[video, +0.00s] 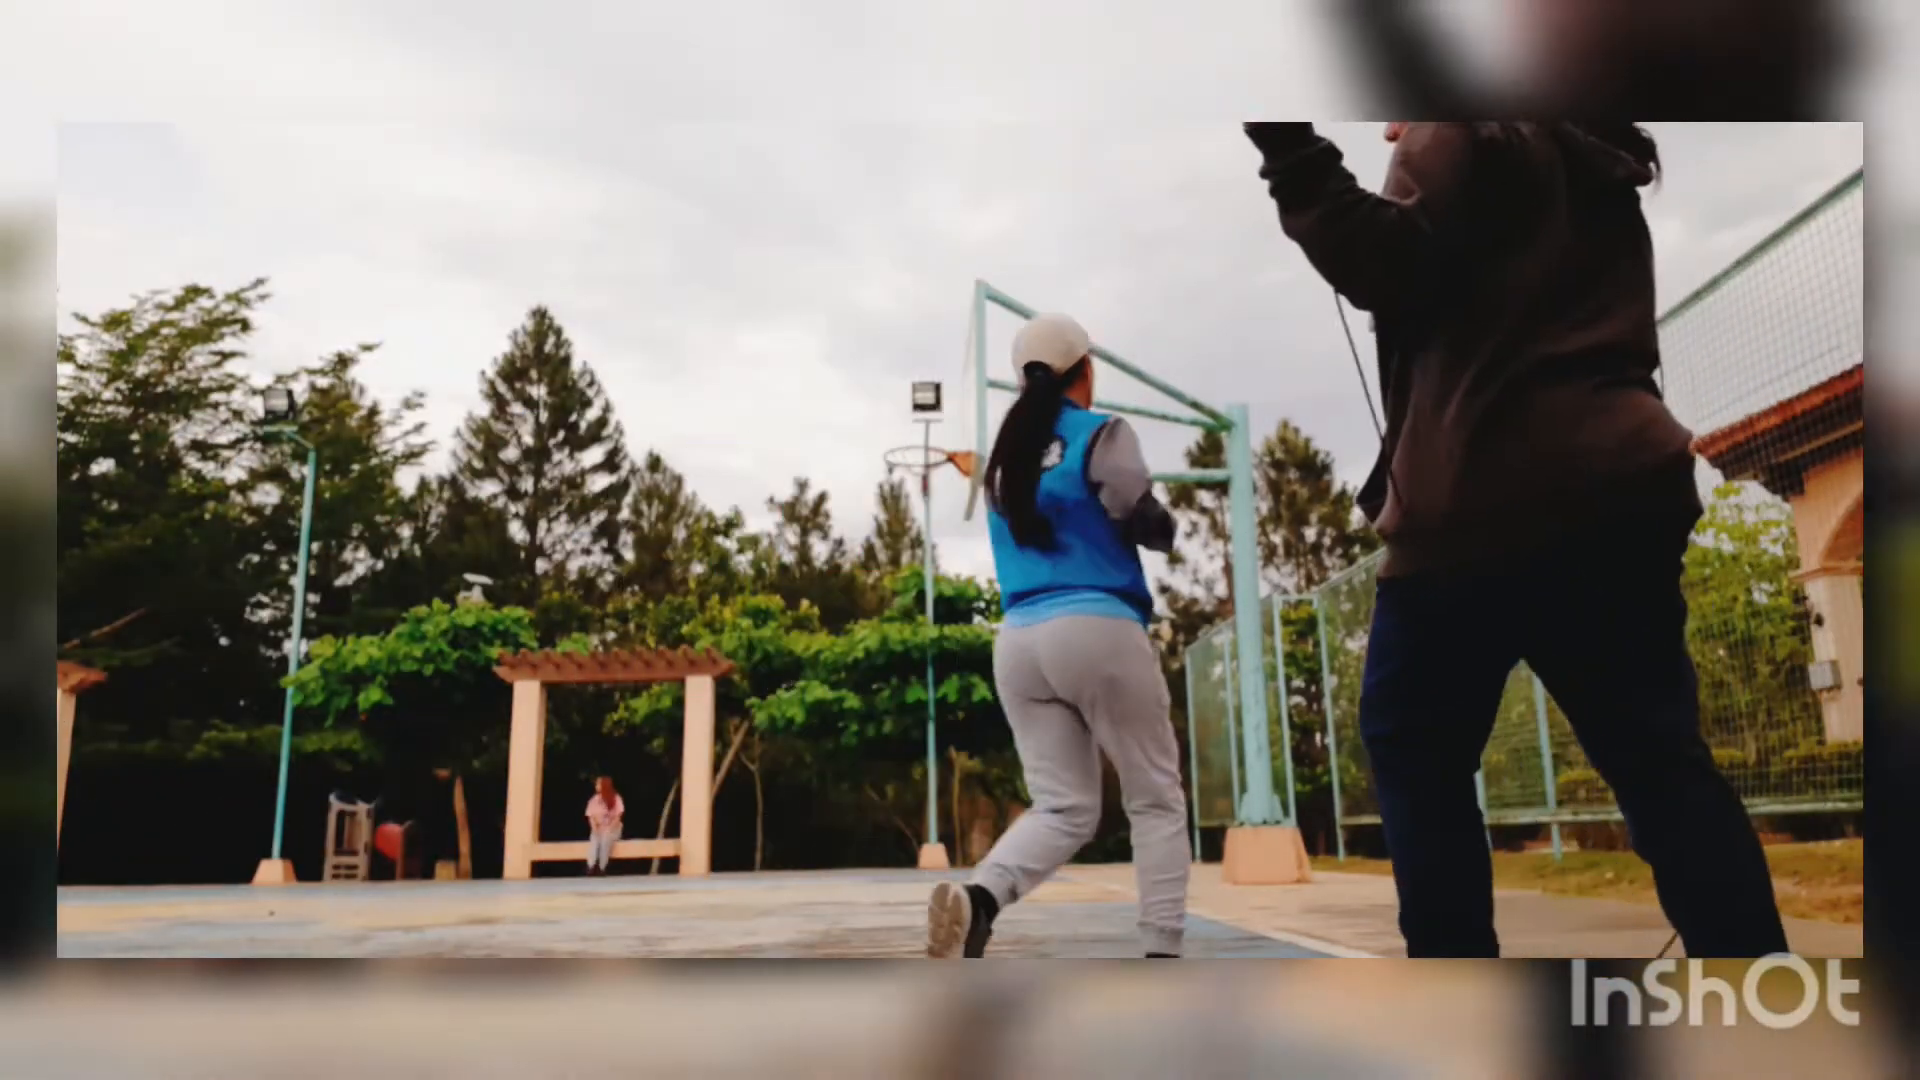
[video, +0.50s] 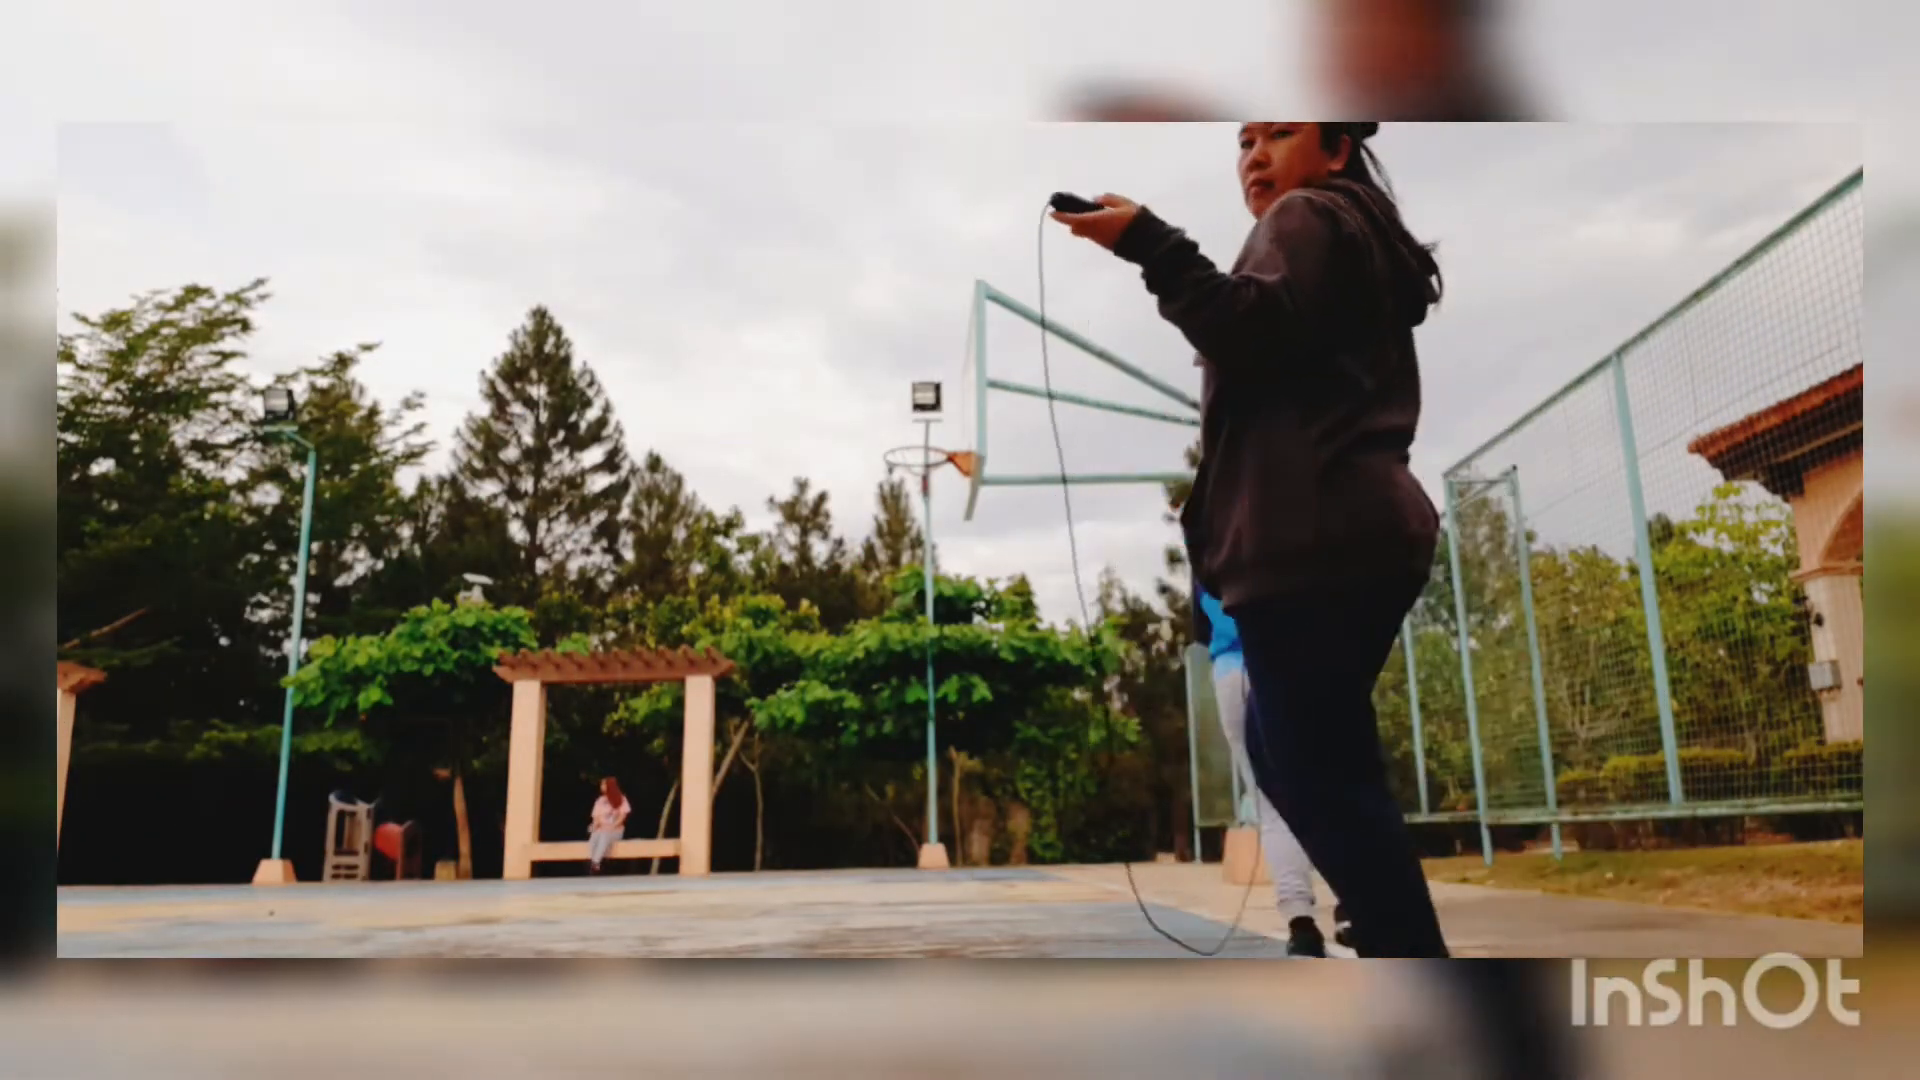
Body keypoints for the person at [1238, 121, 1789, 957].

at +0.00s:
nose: (1394, 103)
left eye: (1403, 82)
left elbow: (1393, 268)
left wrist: (1290, 146)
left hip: (1470, 506)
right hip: (1622, 485)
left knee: (1415, 748)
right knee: (1660, 758)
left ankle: (1455, 992)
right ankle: (1758, 991)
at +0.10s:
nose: (1349, 135)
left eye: (1356, 112)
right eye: (1346, 119)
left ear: (1403, 97)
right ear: (1441, 95)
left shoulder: (1415, 171)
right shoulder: (1531, 173)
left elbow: (1357, 299)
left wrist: (1259, 171)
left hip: (1421, 537)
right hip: (1562, 515)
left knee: (1404, 799)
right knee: (1613, 771)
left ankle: (1423, 1000)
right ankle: (1738, 982)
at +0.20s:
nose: (1330, 143)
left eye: (1342, 120)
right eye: (1328, 125)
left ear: (1398, 113)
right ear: (1430, 118)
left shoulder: (1383, 188)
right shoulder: (1492, 197)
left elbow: (1323, 315)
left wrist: (1229, 193)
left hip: (1380, 540)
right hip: (1519, 519)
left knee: (1374, 804)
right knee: (1551, 766)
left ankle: (1417, 1004)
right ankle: (1699, 966)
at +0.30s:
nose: (1296, 138)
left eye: (1317, 116)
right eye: (1292, 125)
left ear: (1380, 123)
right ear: (1393, 137)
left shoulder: (1348, 202)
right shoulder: (1437, 217)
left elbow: (1289, 332)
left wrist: (1191, 229)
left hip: (1343, 531)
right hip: (1453, 519)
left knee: (1350, 796)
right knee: (1430, 766)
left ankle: (1415, 1001)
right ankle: (1600, 928)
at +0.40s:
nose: (1272, 145)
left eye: (1294, 125)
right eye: (1268, 130)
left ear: (1357, 130)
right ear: (1367, 144)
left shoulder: (1327, 210)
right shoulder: (1400, 221)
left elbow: (1267, 335)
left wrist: (1167, 240)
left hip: (1329, 533)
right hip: (1415, 526)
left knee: (1327, 771)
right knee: (1355, 756)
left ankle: (1410, 976)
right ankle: (1512, 933)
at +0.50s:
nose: (1250, 156)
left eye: (1273, 135)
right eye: (1245, 143)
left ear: (1334, 148)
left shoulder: (1311, 219)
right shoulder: (1359, 226)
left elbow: (1254, 334)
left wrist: (1148, 239)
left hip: (1309, 536)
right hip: (1366, 528)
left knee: (1314, 757)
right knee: (1287, 746)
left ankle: (1411, 961)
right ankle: (1391, 938)